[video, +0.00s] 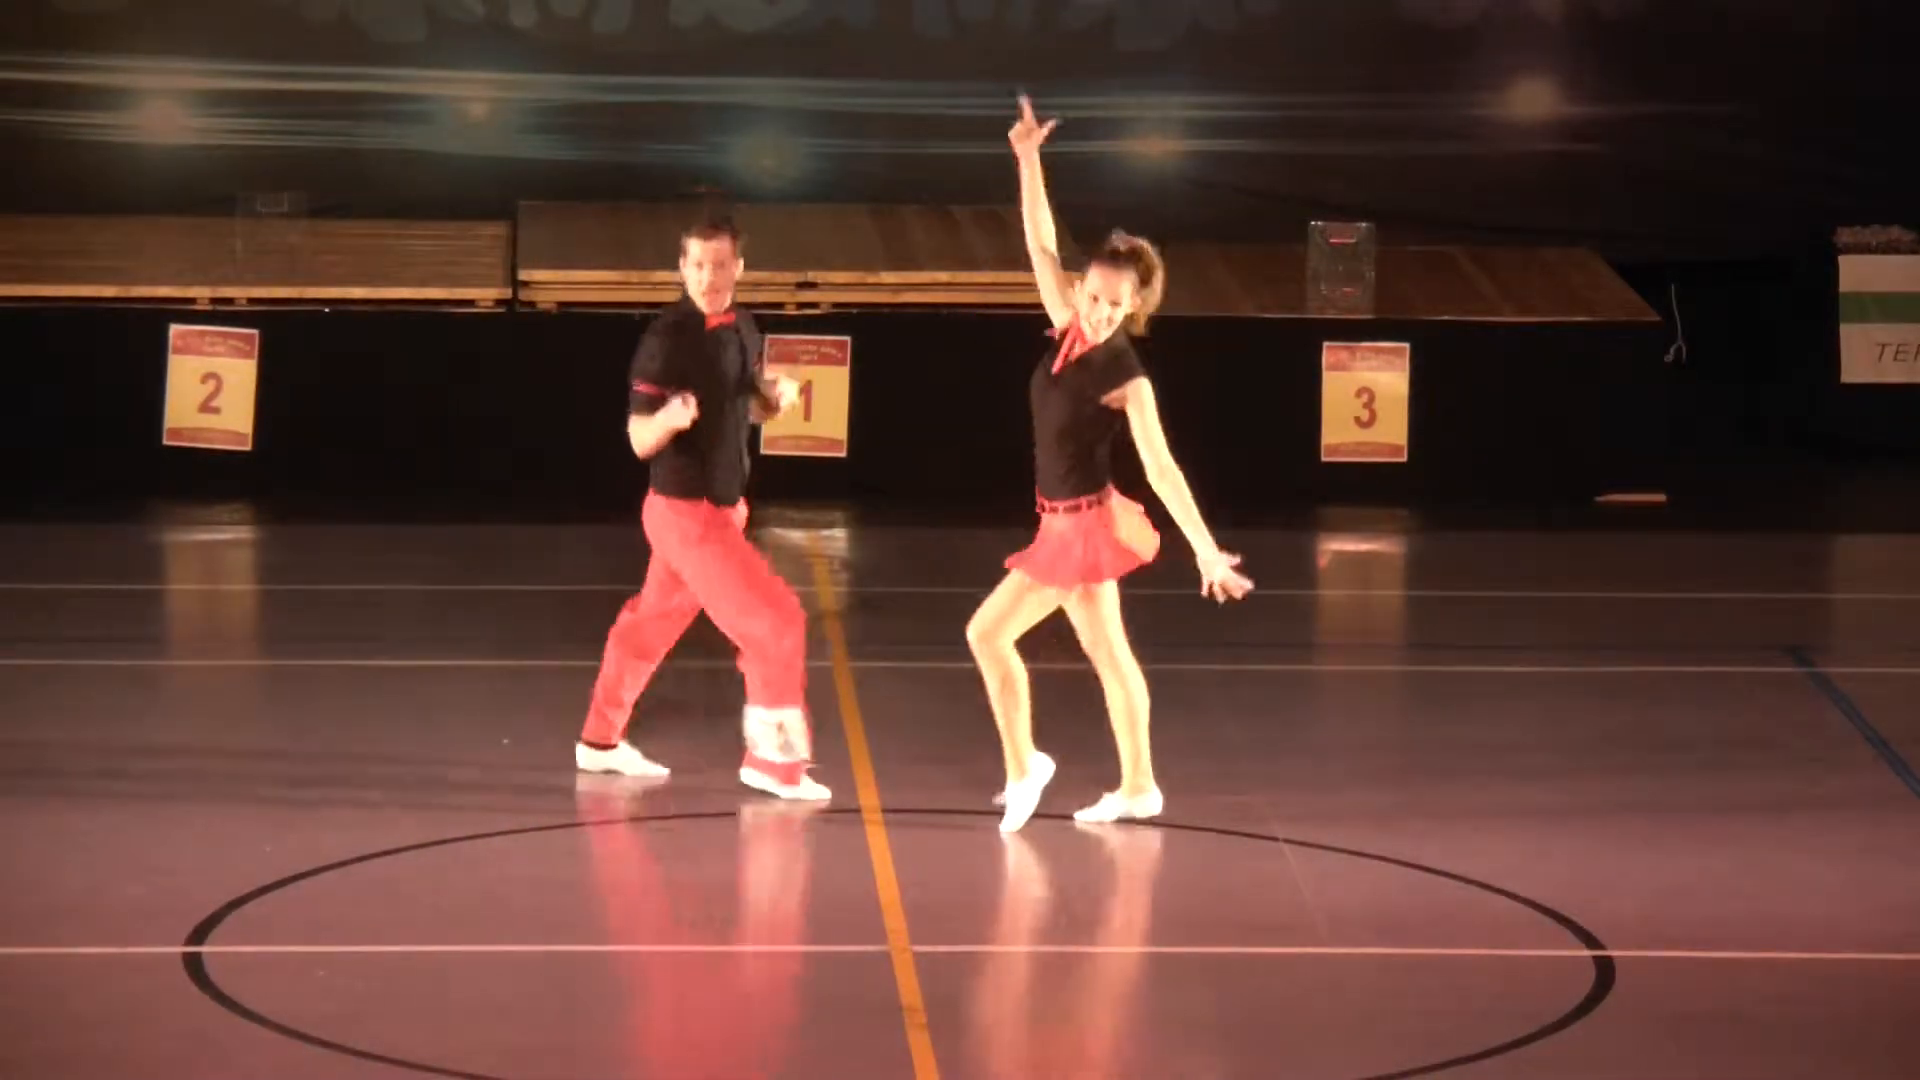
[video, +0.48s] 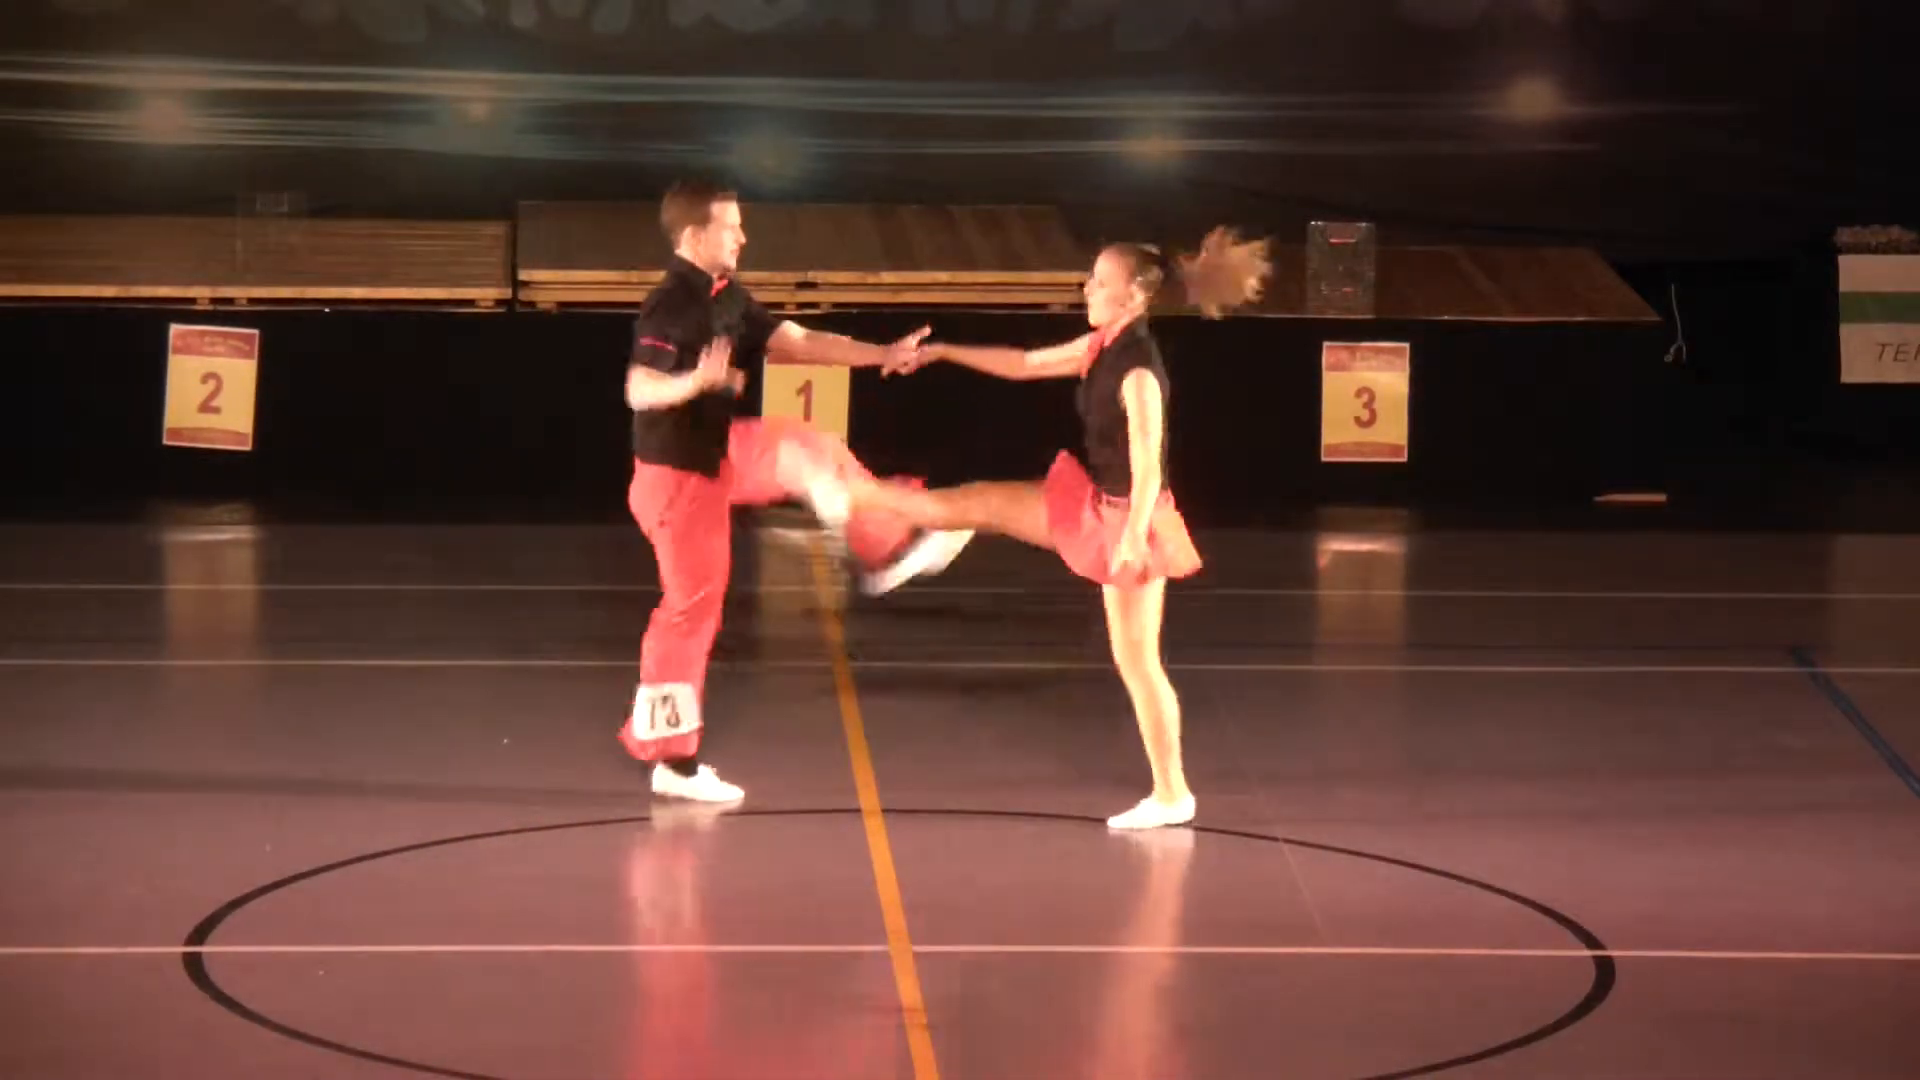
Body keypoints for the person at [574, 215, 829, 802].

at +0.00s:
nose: (710, 278)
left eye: (721, 265)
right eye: (699, 265)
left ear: (739, 266)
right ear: (682, 265)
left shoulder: (745, 333)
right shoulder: (665, 336)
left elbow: (755, 412)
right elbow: (639, 440)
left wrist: (773, 397)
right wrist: (669, 419)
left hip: (723, 510)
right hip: (677, 510)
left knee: (649, 625)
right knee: (775, 617)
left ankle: (599, 742)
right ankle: (772, 761)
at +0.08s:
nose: (712, 288)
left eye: (723, 275)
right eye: (701, 276)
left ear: (739, 275)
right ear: (682, 276)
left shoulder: (745, 338)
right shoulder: (670, 347)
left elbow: (750, 418)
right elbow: (646, 452)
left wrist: (783, 408)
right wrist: (678, 437)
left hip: (725, 514)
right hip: (687, 516)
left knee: (656, 628)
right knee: (782, 620)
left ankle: (599, 741)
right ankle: (777, 765)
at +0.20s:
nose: (738, 243)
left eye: (741, 232)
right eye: (726, 231)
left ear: (738, 236)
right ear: (690, 236)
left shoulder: (734, 292)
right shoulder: (664, 305)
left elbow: (768, 354)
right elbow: (637, 404)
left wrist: (830, 360)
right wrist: (697, 376)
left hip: (735, 470)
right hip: (692, 473)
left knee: (706, 590)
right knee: (750, 595)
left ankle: (641, 699)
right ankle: (770, 748)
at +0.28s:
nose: (746, 224)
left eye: (745, 213)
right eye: (735, 213)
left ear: (716, 222)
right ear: (696, 219)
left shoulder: (728, 283)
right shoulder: (670, 289)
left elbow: (780, 338)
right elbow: (633, 385)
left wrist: (853, 352)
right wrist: (705, 342)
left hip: (736, 451)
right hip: (688, 458)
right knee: (728, 572)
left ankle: (713, 640)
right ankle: (731, 736)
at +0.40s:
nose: (738, 239)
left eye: (737, 228)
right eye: (727, 229)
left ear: (710, 237)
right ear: (690, 237)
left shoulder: (722, 296)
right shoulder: (673, 307)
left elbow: (789, 344)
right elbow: (660, 389)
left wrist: (872, 363)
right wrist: (691, 416)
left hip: (732, 455)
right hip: (684, 481)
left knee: (824, 473)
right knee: (706, 607)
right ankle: (674, 767)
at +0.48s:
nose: (740, 238)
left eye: (739, 226)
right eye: (729, 227)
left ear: (711, 236)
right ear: (692, 235)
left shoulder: (728, 300)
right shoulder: (672, 301)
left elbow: (797, 344)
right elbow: (639, 392)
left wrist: (882, 355)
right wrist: (698, 380)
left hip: (721, 457)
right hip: (673, 478)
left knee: (814, 450)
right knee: (692, 602)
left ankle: (886, 550)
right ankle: (669, 760)